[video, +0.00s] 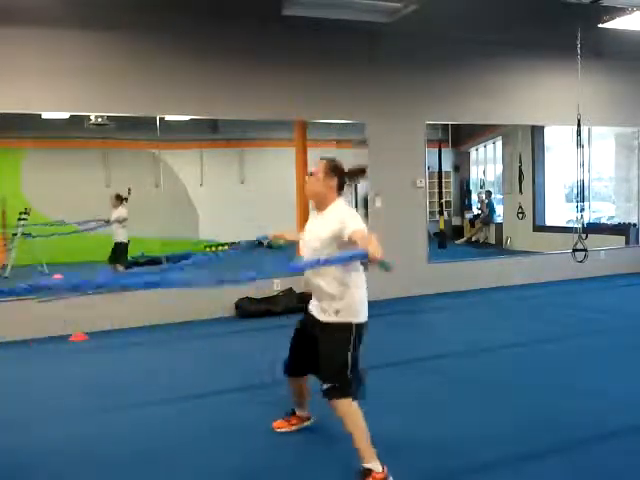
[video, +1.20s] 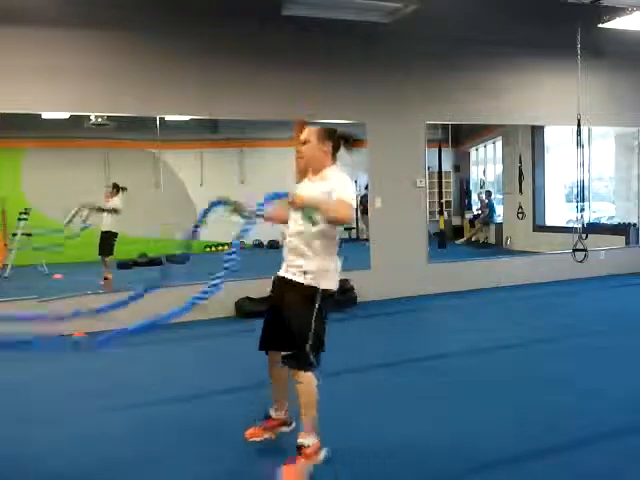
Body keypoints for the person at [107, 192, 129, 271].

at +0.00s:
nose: (112, 202)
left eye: (114, 200)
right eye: (112, 200)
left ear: (118, 201)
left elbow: (124, 218)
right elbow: (112, 219)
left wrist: (113, 221)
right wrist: (106, 220)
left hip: (122, 240)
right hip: (117, 240)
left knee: (119, 263)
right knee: (112, 261)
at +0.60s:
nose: (117, 195)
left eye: (119, 194)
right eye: (118, 193)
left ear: (124, 195)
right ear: (123, 195)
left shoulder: (124, 205)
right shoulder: (120, 204)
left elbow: (122, 216)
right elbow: (116, 217)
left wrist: (108, 217)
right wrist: (102, 219)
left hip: (121, 236)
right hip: (117, 235)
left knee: (116, 260)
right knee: (114, 259)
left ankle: (116, 279)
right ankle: (115, 279)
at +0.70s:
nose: (118, 189)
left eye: (120, 187)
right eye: (119, 187)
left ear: (124, 189)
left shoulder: (125, 197)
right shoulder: (118, 199)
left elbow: (124, 204)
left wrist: (104, 204)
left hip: (121, 231)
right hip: (115, 230)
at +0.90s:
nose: (108, 197)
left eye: (110, 195)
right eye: (109, 195)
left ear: (114, 195)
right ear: (114, 195)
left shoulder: (119, 205)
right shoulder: (113, 205)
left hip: (121, 234)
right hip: (116, 234)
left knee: (120, 259)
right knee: (116, 259)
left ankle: (122, 280)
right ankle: (118, 278)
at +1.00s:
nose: (108, 201)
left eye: (109, 199)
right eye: (108, 199)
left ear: (113, 200)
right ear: (112, 200)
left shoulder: (116, 210)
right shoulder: (111, 210)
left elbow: (109, 219)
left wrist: (106, 212)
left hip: (119, 237)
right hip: (115, 236)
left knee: (116, 260)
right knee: (110, 260)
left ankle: (122, 280)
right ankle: (116, 279)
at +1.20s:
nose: (109, 192)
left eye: (111, 190)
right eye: (110, 189)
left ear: (116, 191)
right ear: (114, 190)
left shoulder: (118, 200)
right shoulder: (111, 200)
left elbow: (117, 210)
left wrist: (102, 209)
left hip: (111, 229)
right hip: (105, 228)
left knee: (105, 254)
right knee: (103, 254)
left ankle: (108, 275)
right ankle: (107, 274)